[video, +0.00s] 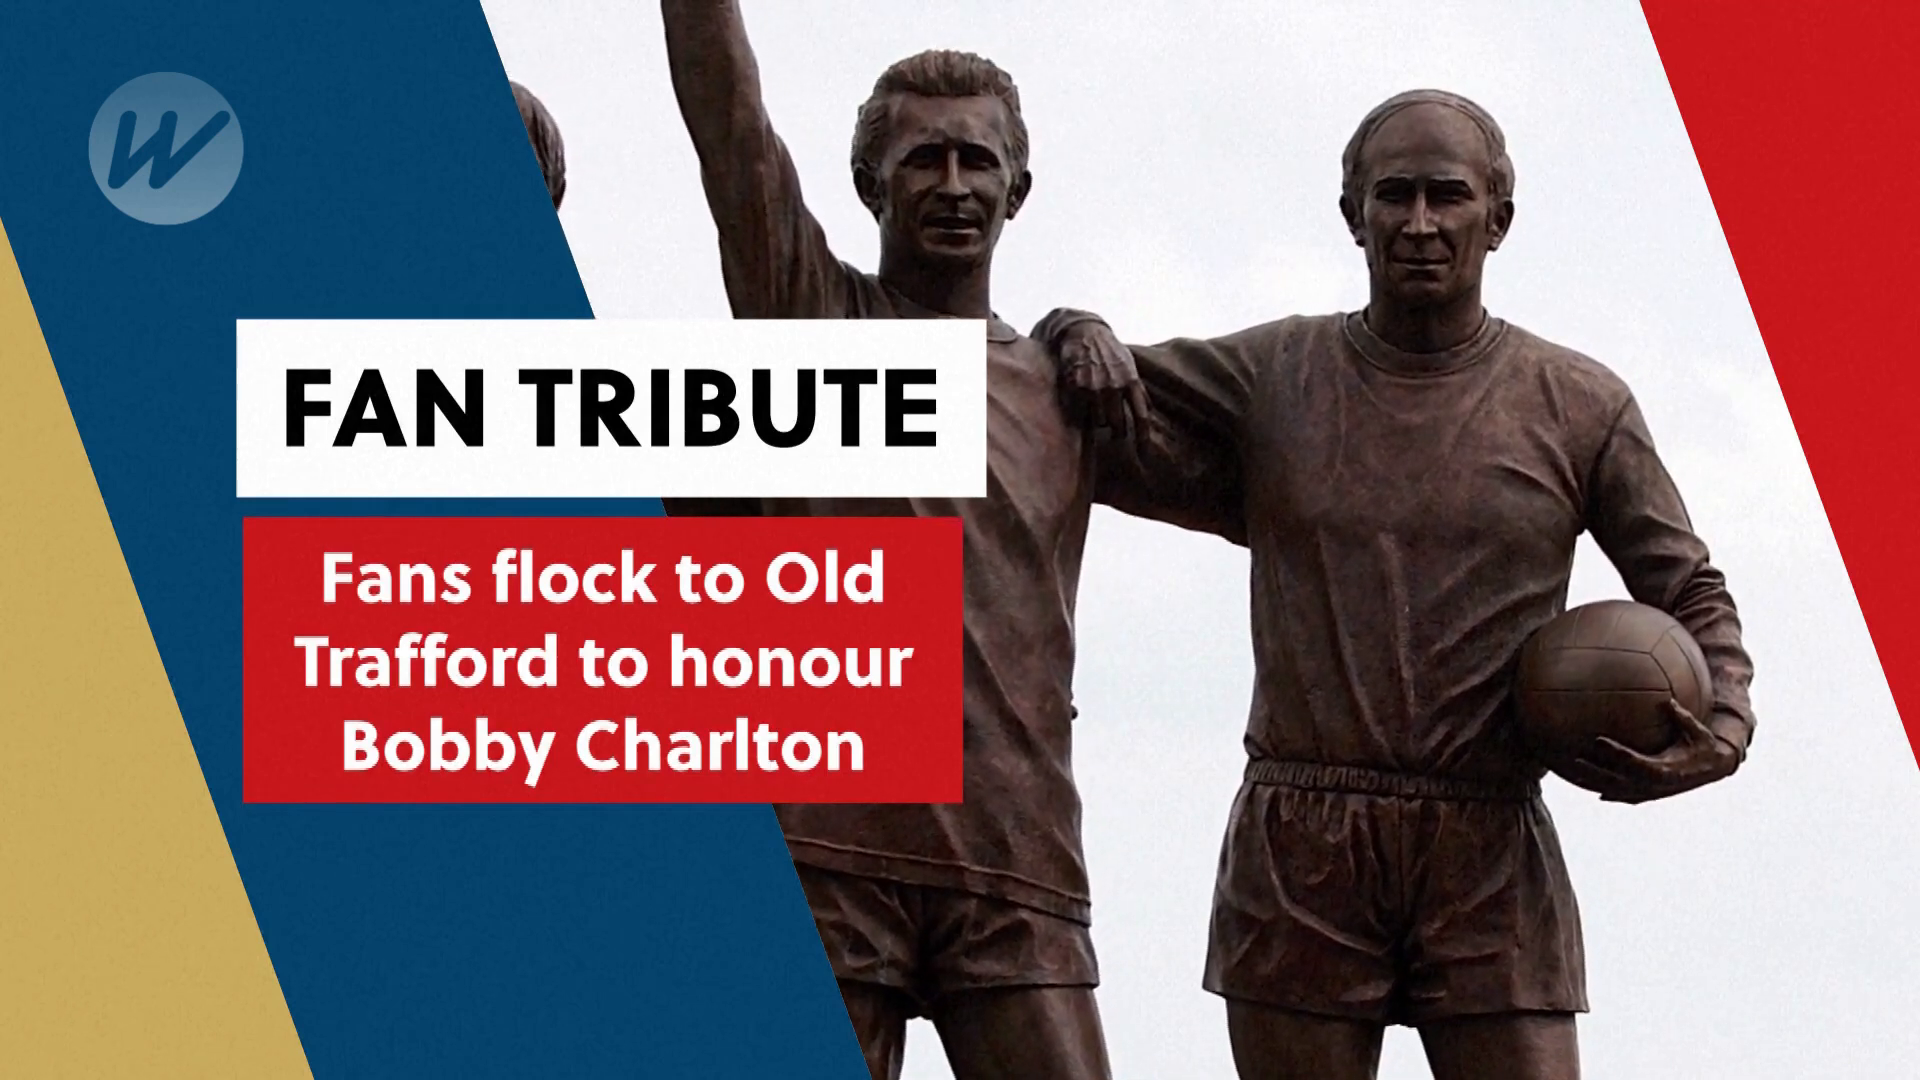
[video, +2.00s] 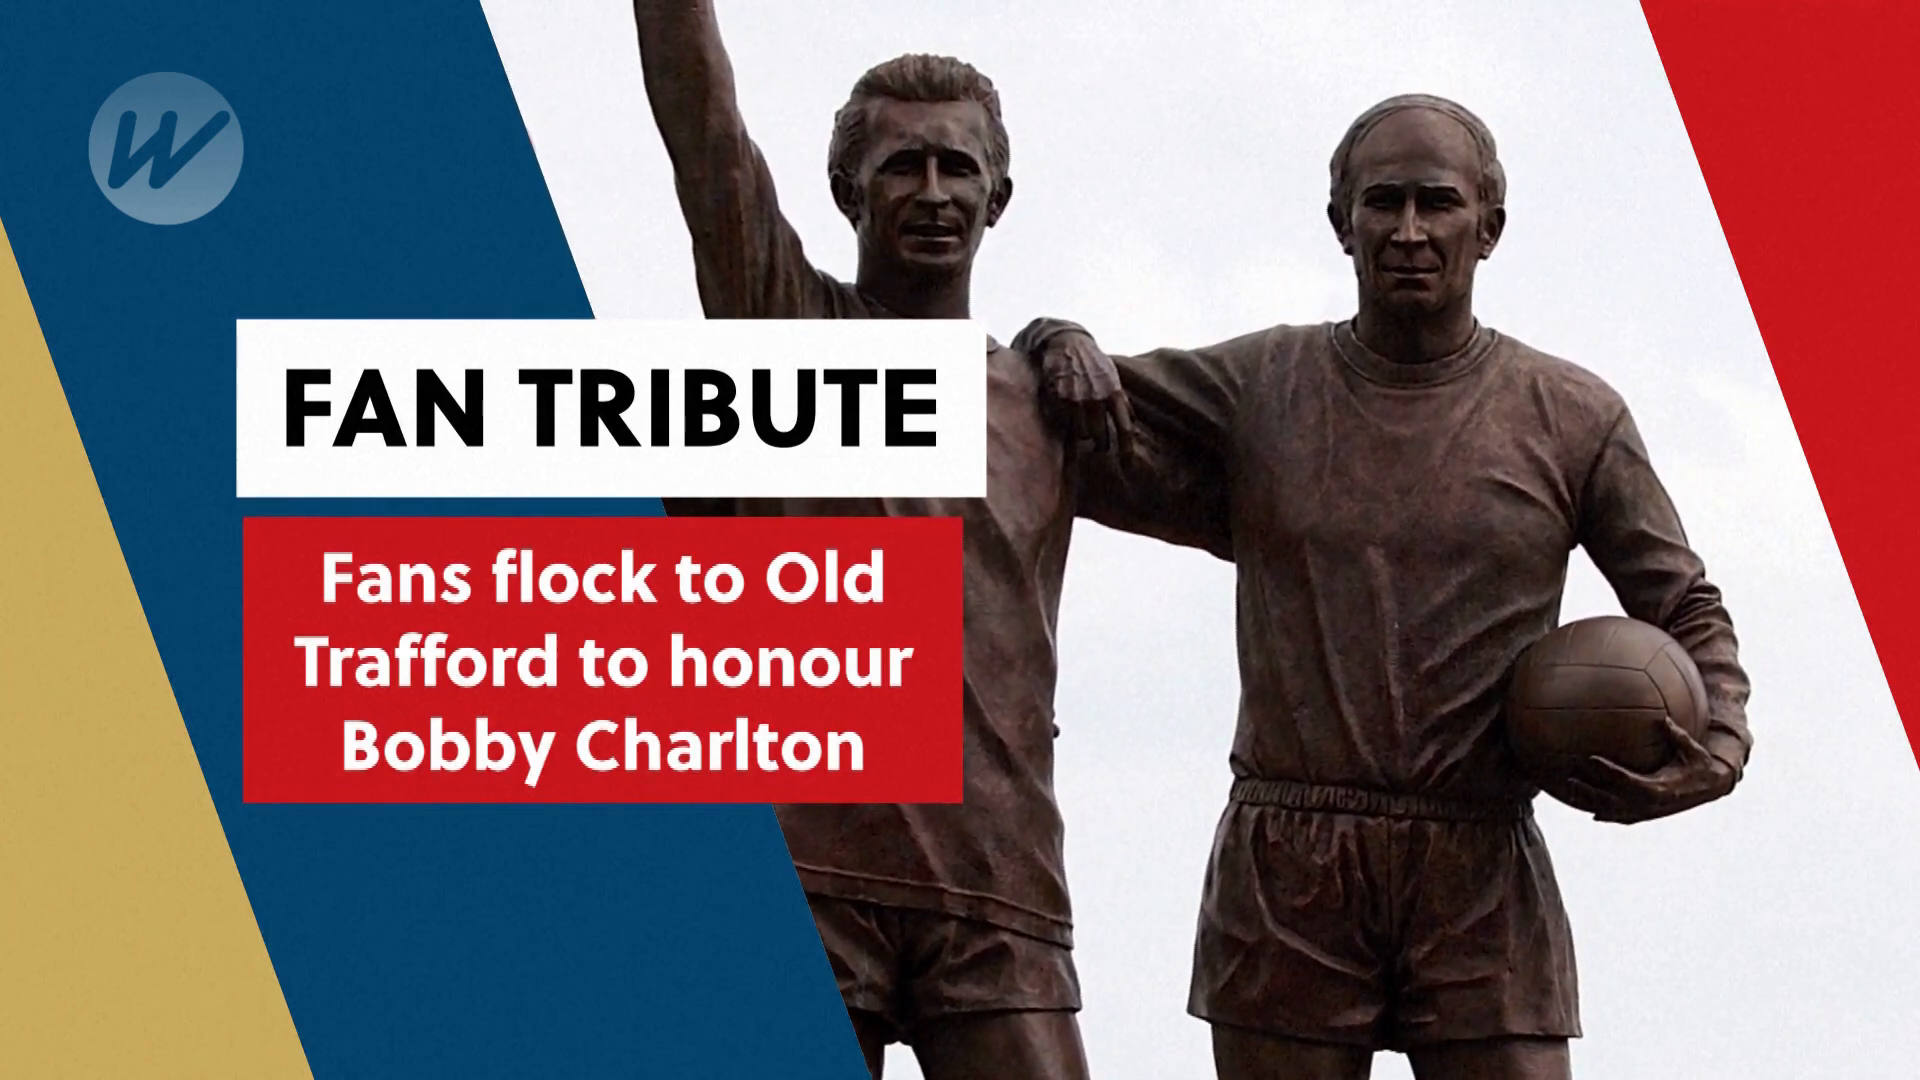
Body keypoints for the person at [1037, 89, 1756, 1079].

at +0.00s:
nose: (1419, 221)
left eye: (1447, 194)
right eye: (1392, 195)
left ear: (1500, 217)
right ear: (1352, 216)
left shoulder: (1580, 403)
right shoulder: (1271, 371)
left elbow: (1689, 592)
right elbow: (1092, 410)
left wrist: (1725, 715)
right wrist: (1074, 332)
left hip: (1490, 852)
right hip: (1298, 848)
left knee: (1534, 1065)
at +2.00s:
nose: (1408, 228)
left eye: (1437, 200)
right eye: (1381, 202)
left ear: (1491, 225)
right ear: (1341, 223)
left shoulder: (1573, 414)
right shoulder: (1260, 381)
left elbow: (1684, 608)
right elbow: (1087, 412)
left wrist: (1721, 743)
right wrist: (1055, 342)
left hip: (1480, 878)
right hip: (1284, 870)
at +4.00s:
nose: (1400, 235)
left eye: (1430, 206)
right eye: (1372, 208)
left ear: (1484, 229)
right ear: (1332, 229)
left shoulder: (1566, 422)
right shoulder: (1248, 390)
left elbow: (1678, 616)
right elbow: (1076, 446)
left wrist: (1719, 753)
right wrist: (1042, 356)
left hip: (1473, 895)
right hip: (1272, 891)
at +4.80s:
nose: (1407, 247)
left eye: (1431, 213)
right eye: (1384, 213)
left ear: (1475, 226)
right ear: (1345, 224)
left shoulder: (1549, 436)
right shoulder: (1265, 420)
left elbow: (1692, 690)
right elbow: (1052, 434)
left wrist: (1582, 708)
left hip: (1467, 908)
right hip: (1287, 902)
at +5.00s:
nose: (1411, 252)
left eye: (1433, 218)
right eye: (1388, 218)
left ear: (1471, 230)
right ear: (1350, 228)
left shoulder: (1546, 442)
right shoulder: (1270, 429)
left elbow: (1685, 725)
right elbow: (1024, 427)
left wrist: (1531, 705)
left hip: (1467, 919)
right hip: (1293, 913)